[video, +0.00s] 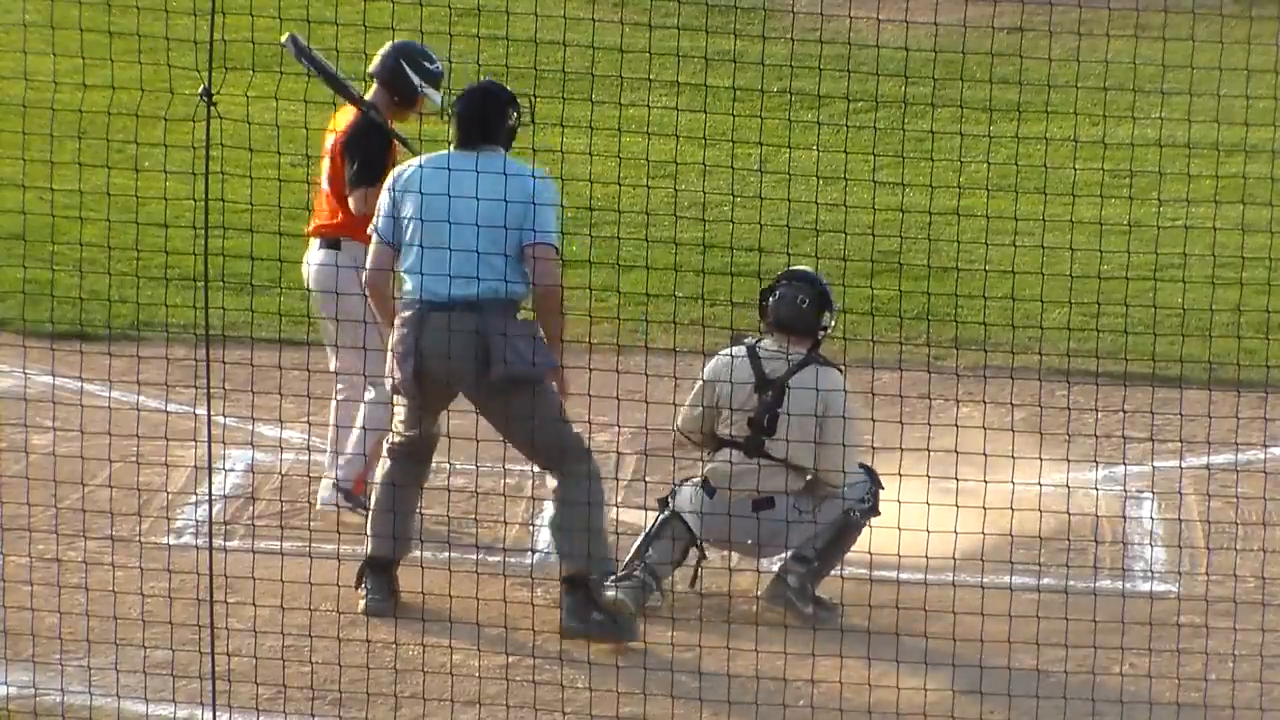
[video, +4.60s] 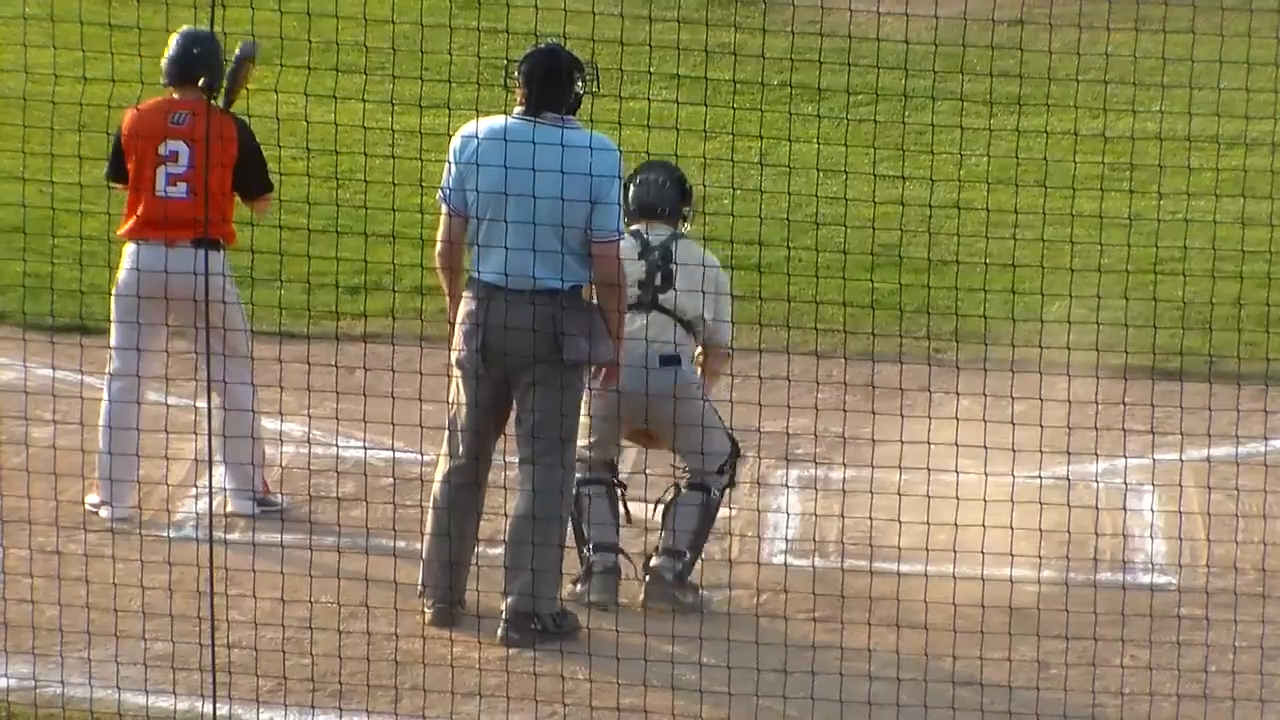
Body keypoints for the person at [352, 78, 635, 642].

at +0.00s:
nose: (517, 134)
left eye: (511, 126)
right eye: (515, 127)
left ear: (456, 129)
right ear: (509, 131)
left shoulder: (408, 176)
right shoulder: (532, 183)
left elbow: (375, 277)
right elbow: (543, 272)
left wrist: (399, 335)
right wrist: (554, 358)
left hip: (420, 336)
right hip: (496, 337)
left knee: (408, 447)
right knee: (572, 461)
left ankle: (378, 578)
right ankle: (581, 597)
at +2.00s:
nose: (498, 97)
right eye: (499, 89)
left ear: (438, 88)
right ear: (495, 92)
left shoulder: (394, 141)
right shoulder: (523, 146)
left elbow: (368, 250)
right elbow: (539, 254)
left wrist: (358, 329)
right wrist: (542, 332)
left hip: (414, 323)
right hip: (492, 325)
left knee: (406, 470)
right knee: (521, 467)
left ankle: (402, 613)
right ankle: (525, 607)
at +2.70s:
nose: (590, 99)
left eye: (584, 91)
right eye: (588, 92)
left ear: (527, 94)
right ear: (582, 97)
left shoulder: (479, 137)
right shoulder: (607, 153)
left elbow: (446, 242)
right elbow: (623, 258)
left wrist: (437, 320)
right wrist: (633, 338)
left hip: (486, 320)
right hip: (562, 326)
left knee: (457, 452)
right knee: (554, 469)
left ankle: (424, 594)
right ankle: (531, 610)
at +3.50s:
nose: (543, 90)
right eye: (543, 83)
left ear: (483, 87)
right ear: (541, 88)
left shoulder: (440, 136)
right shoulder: (570, 143)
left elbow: (415, 244)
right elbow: (583, 252)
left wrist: (441, 295)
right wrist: (591, 335)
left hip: (457, 318)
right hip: (536, 321)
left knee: (450, 461)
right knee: (561, 459)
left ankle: (444, 600)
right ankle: (534, 593)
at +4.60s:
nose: (573, 100)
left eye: (521, 89)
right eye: (576, 92)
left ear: (519, 92)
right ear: (575, 95)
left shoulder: (474, 139)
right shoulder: (599, 153)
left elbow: (447, 250)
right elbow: (607, 262)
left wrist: (458, 311)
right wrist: (614, 339)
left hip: (484, 317)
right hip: (560, 323)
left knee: (463, 454)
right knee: (546, 464)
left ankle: (442, 594)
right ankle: (529, 610)